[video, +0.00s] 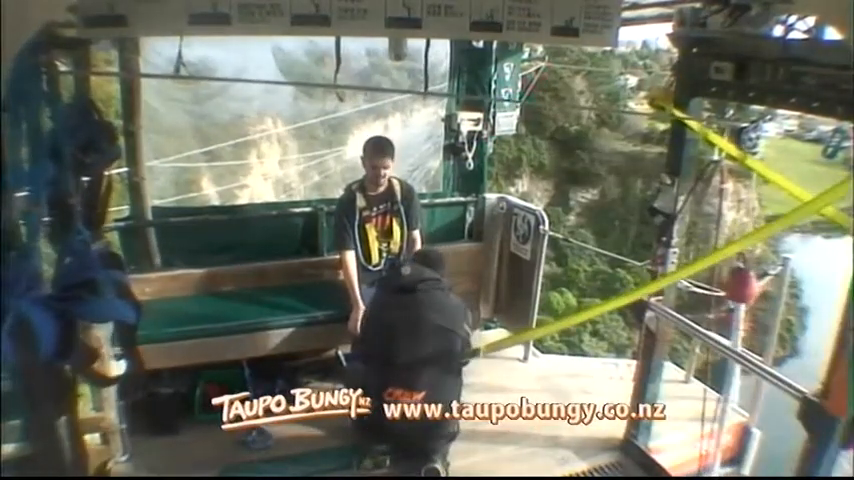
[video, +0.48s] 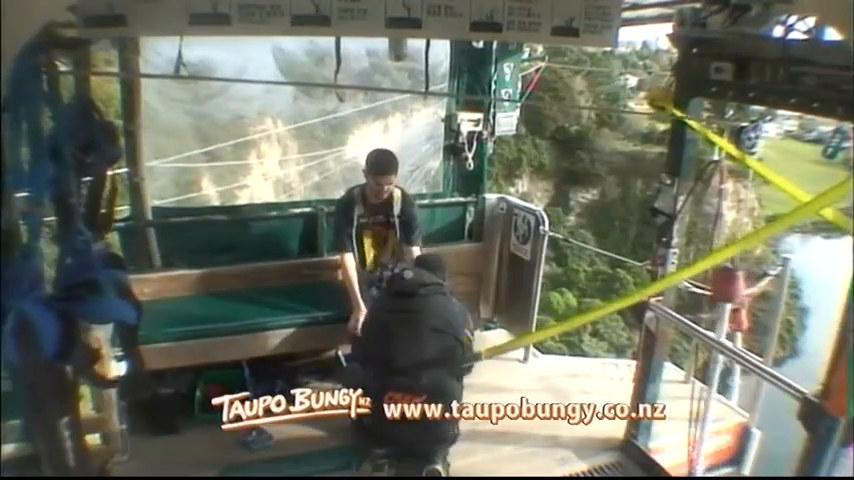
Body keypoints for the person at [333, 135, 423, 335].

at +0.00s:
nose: (381, 174)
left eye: (386, 168)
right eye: (374, 168)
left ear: (393, 164)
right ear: (363, 163)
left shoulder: (405, 193)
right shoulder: (349, 201)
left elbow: (414, 239)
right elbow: (347, 254)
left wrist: (410, 276)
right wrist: (357, 304)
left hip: (399, 279)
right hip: (365, 281)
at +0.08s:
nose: (381, 177)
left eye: (386, 170)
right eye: (375, 171)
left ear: (393, 166)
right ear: (363, 165)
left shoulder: (405, 193)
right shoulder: (348, 201)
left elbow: (415, 239)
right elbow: (347, 254)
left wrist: (412, 278)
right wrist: (357, 302)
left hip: (398, 278)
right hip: (365, 280)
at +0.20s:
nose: (382, 180)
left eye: (387, 174)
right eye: (376, 174)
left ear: (394, 170)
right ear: (364, 168)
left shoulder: (405, 196)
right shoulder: (348, 201)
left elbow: (416, 242)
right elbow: (347, 254)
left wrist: (420, 286)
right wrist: (359, 303)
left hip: (398, 277)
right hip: (364, 278)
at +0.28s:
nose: (383, 184)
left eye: (388, 178)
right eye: (376, 178)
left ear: (395, 173)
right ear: (365, 171)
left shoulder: (404, 199)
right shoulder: (348, 202)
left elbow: (416, 245)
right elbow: (347, 254)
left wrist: (415, 289)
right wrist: (360, 303)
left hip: (398, 280)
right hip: (364, 280)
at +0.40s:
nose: (384, 188)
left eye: (390, 182)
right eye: (378, 182)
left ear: (396, 177)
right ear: (366, 174)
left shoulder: (403, 202)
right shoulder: (348, 203)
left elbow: (412, 250)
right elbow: (347, 254)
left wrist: (413, 295)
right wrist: (359, 304)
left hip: (395, 277)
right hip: (362, 277)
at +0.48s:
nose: (383, 190)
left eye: (388, 184)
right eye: (377, 184)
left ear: (396, 178)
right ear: (365, 175)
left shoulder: (403, 201)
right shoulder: (348, 203)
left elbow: (413, 249)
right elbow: (346, 256)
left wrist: (415, 294)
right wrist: (358, 306)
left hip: (396, 278)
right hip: (362, 278)